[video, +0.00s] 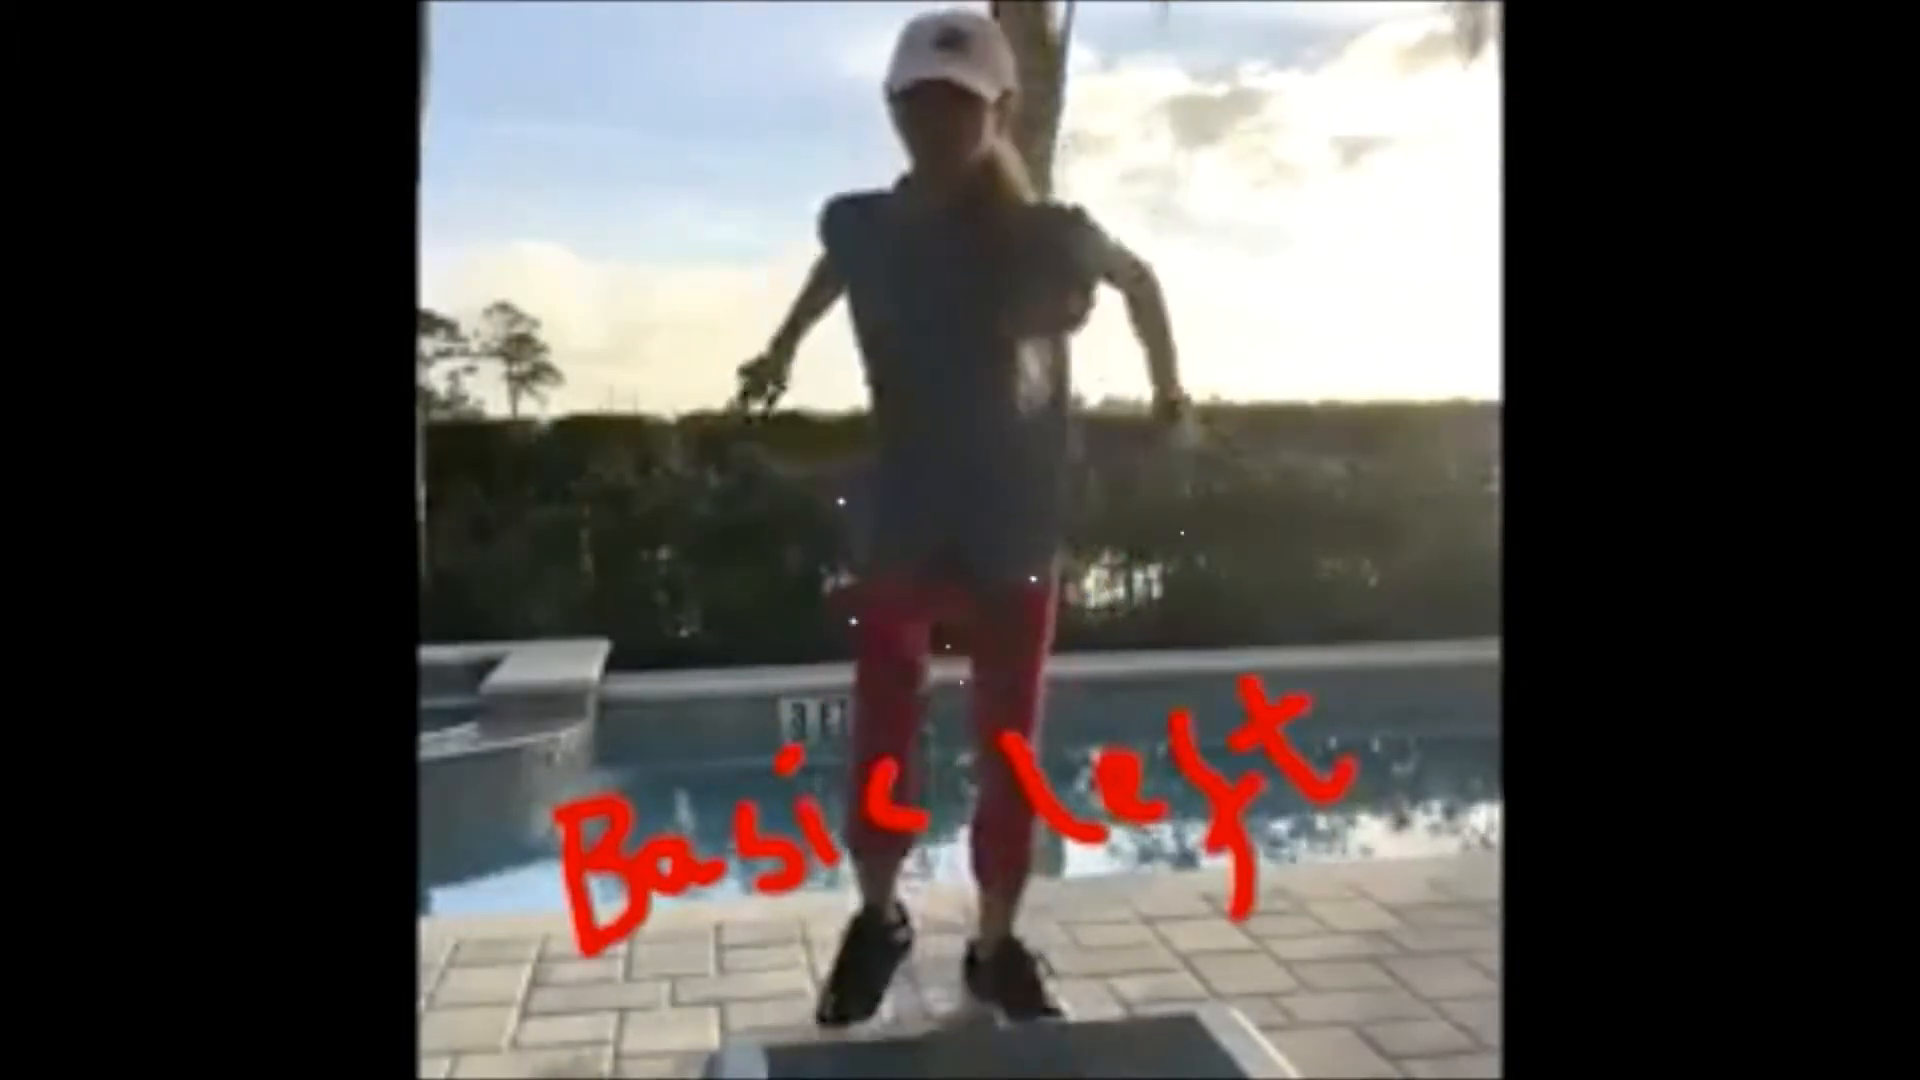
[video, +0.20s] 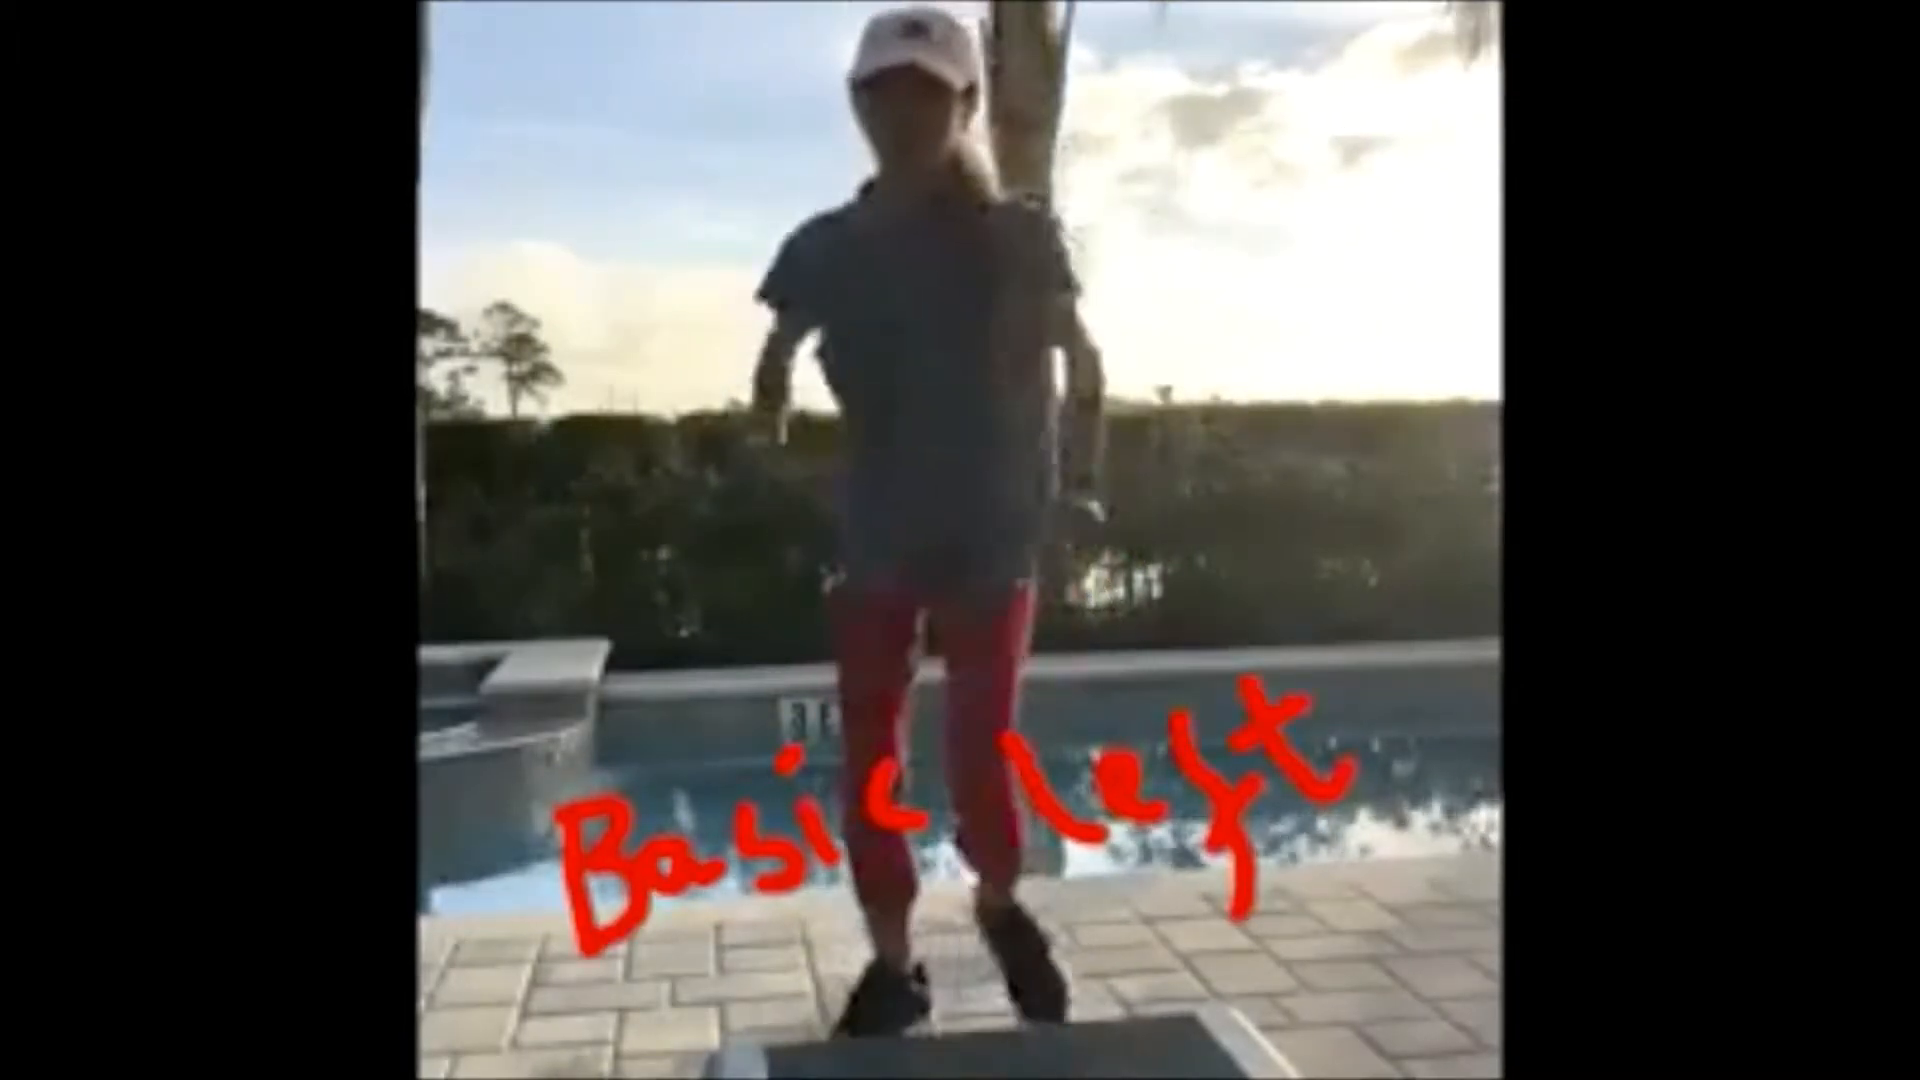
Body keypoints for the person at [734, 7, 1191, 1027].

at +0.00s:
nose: (933, 122)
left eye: (954, 103)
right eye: (916, 103)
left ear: (996, 110)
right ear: (894, 113)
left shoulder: (1051, 231)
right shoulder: (860, 228)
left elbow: (1140, 283)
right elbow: (825, 283)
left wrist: (1169, 400)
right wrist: (775, 352)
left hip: (1017, 506)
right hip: (901, 501)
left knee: (1009, 740)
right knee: (881, 723)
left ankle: (996, 943)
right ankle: (877, 916)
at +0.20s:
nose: (897, 113)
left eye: (920, 91)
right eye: (880, 92)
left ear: (963, 102)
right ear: (857, 106)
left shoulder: (1021, 234)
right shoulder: (827, 245)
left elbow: (1084, 368)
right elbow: (773, 364)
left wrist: (1076, 483)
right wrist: (773, 416)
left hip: (996, 518)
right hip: (874, 517)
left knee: (979, 748)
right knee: (870, 752)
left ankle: (1002, 909)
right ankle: (894, 964)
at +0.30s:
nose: (896, 90)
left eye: (917, 69)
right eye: (877, 71)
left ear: (954, 79)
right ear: (853, 83)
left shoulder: (1004, 219)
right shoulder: (814, 227)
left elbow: (1030, 405)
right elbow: (769, 402)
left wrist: (956, 459)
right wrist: (864, 417)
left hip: (990, 499)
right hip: (873, 507)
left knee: (982, 690)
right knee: (886, 731)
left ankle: (1007, 867)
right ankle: (896, 964)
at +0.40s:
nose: (899, 85)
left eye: (921, 63)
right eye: (879, 64)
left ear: (955, 75)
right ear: (852, 76)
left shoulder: (1008, 209)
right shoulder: (810, 206)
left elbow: (1010, 336)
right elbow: (785, 320)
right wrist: (941, 278)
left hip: (998, 487)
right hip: (877, 498)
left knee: (995, 626)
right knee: (890, 724)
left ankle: (1021, 885)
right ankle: (897, 964)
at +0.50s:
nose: (926, 45)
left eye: (944, 26)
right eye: (903, 26)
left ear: (973, 40)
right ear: (866, 42)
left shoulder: (1012, 161)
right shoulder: (817, 170)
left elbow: (1040, 240)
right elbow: (788, 239)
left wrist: (908, 183)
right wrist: (920, 164)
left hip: (1009, 463)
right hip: (878, 469)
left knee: (1007, 664)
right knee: (892, 708)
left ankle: (1021, 960)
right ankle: (893, 956)